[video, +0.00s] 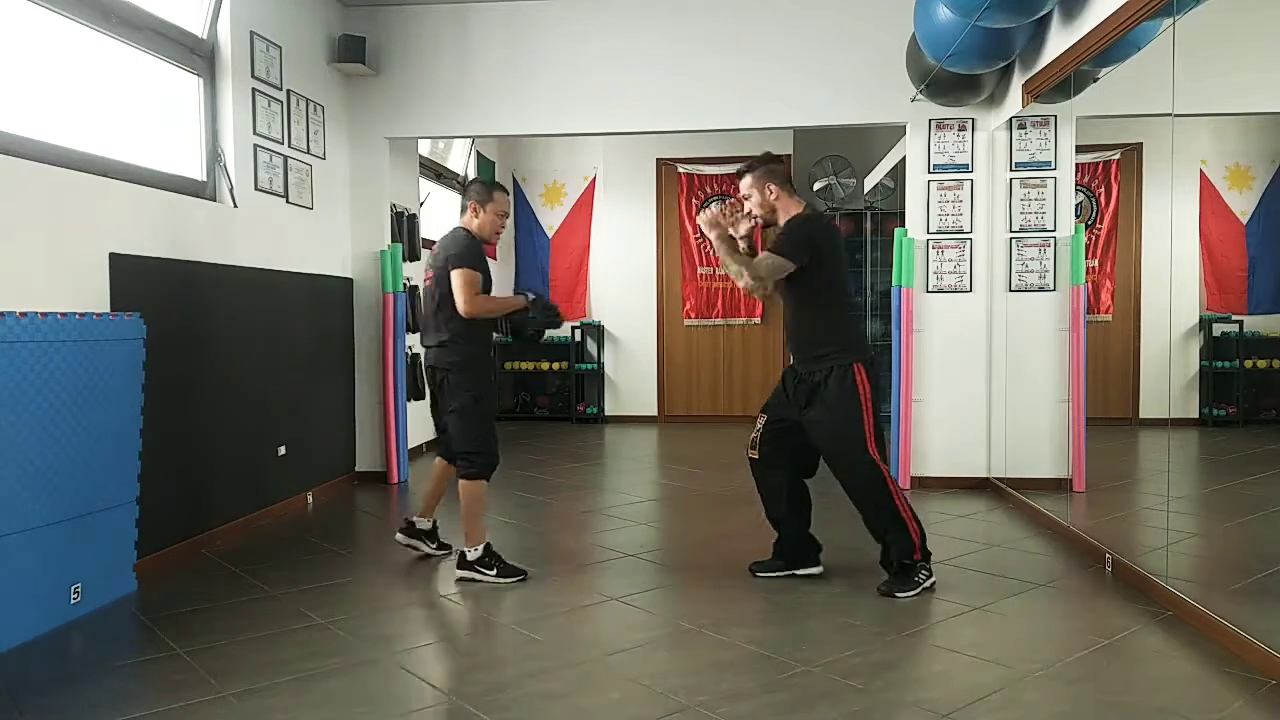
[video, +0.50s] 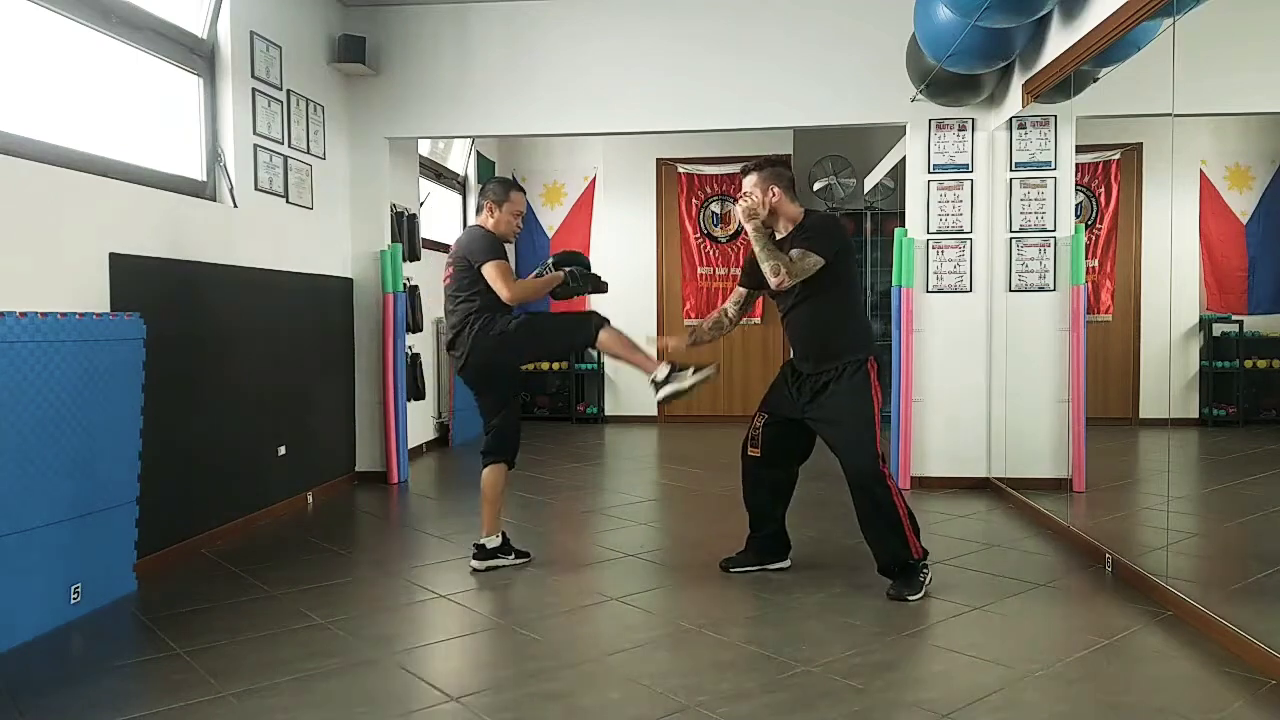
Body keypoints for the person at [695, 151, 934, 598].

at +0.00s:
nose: (747, 209)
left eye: (748, 198)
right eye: (743, 201)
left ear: (772, 189)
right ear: (774, 192)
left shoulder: (806, 228)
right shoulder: (789, 232)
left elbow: (754, 279)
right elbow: (762, 284)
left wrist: (719, 236)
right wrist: (733, 238)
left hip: (842, 371)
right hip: (804, 373)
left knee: (860, 467)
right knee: (769, 454)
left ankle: (911, 563)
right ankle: (798, 553)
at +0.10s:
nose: (756, 205)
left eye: (758, 195)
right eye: (753, 197)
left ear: (783, 187)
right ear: (785, 190)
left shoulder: (823, 225)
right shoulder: (799, 232)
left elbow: (787, 291)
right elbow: (784, 293)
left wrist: (752, 250)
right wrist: (755, 248)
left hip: (843, 369)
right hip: (806, 370)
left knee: (860, 469)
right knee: (761, 444)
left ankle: (912, 564)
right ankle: (788, 544)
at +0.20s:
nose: (755, 200)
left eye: (757, 191)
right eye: (753, 193)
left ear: (783, 184)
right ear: (784, 187)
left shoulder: (824, 222)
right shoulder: (796, 232)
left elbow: (777, 277)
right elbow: (782, 291)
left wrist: (753, 229)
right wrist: (753, 236)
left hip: (847, 368)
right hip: (805, 368)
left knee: (863, 472)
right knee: (762, 447)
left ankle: (912, 565)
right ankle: (771, 544)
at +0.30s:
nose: (751, 200)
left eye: (755, 190)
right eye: (749, 192)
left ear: (779, 184)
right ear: (777, 188)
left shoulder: (820, 219)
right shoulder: (785, 233)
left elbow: (756, 247)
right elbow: (775, 293)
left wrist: (704, 223)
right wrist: (749, 257)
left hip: (845, 367)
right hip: (799, 369)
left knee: (867, 470)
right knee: (762, 451)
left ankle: (910, 565)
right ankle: (769, 547)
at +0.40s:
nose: (743, 205)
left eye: (747, 194)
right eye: (742, 198)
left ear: (773, 191)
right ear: (771, 196)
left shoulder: (820, 225)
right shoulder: (771, 245)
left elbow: (765, 259)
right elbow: (745, 308)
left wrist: (726, 225)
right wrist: (717, 282)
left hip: (845, 371)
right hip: (796, 372)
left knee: (862, 468)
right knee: (758, 451)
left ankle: (908, 561)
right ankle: (769, 547)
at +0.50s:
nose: (743, 205)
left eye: (748, 195)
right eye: (742, 197)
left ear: (773, 194)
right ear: (769, 196)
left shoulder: (826, 229)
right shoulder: (765, 249)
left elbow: (781, 278)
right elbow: (731, 312)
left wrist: (754, 227)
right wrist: (685, 339)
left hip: (849, 372)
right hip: (799, 373)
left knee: (864, 470)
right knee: (760, 452)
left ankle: (908, 565)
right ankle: (768, 547)